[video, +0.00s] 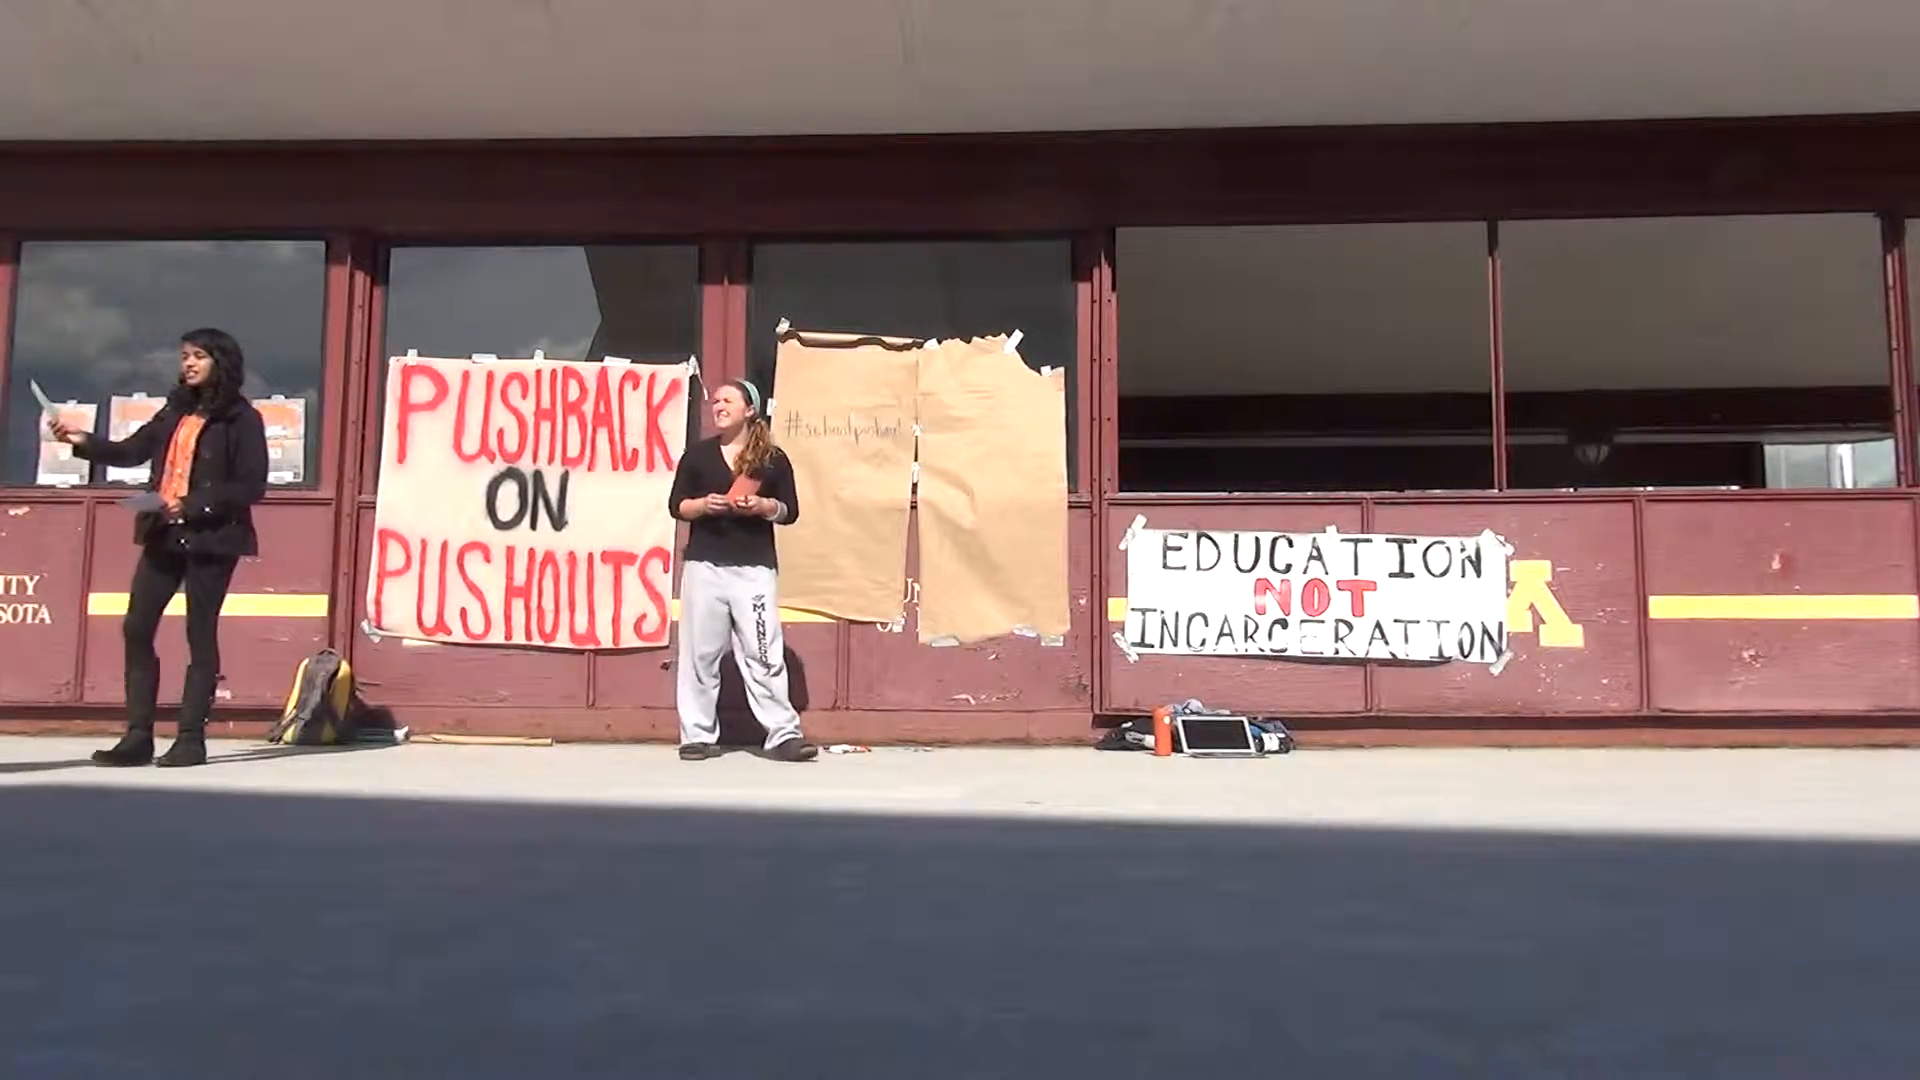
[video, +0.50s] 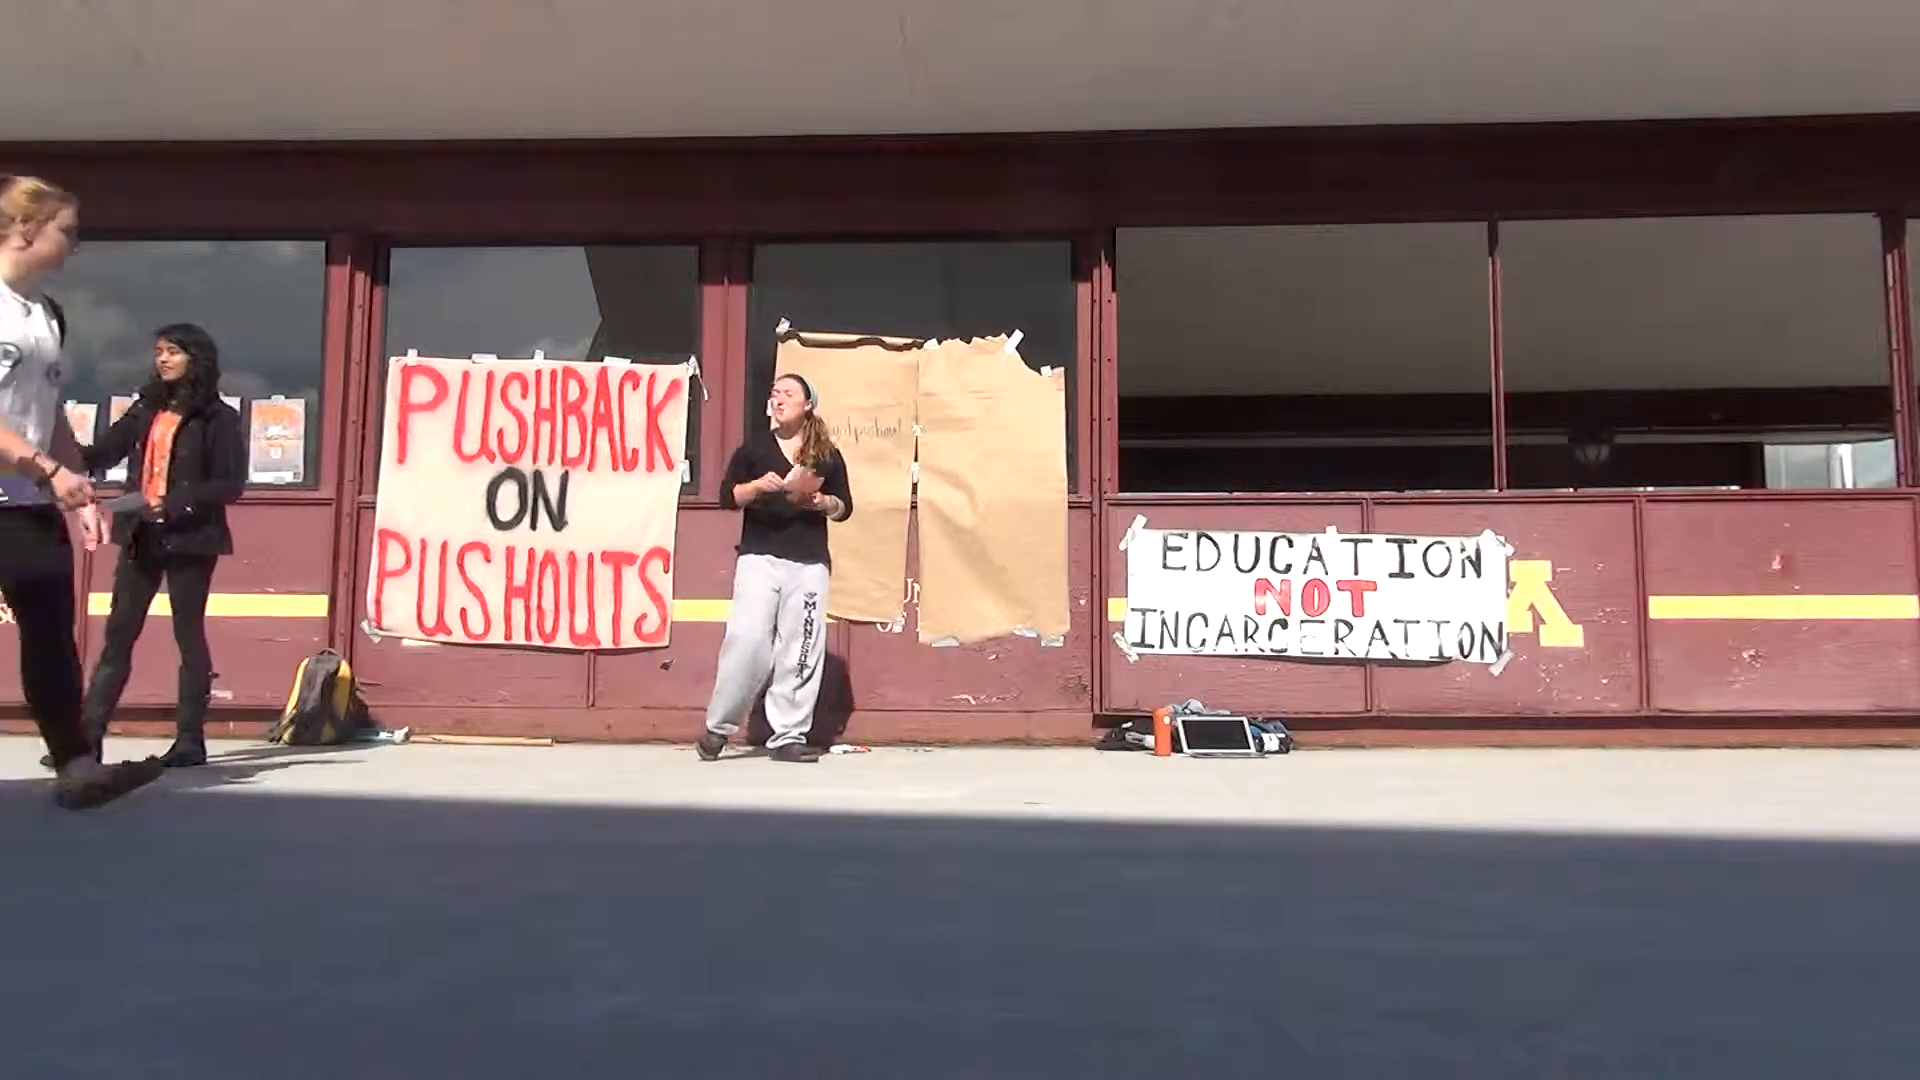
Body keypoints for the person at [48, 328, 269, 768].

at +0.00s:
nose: (186, 364)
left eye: (196, 357)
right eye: (184, 358)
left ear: (220, 363)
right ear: (183, 365)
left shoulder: (243, 418)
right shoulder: (176, 411)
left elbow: (252, 487)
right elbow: (132, 452)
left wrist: (191, 505)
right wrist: (78, 442)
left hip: (214, 541)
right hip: (167, 536)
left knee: (200, 632)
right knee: (137, 627)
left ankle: (191, 739)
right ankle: (139, 736)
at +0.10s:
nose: (184, 363)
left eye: (193, 356)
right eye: (180, 357)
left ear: (217, 361)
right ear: (178, 363)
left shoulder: (240, 416)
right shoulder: (172, 411)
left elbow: (249, 486)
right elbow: (130, 451)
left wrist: (191, 506)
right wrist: (78, 442)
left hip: (213, 540)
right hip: (166, 534)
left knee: (199, 634)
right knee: (130, 627)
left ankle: (191, 741)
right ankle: (101, 737)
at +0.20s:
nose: (181, 363)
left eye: (191, 355)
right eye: (178, 356)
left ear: (214, 360)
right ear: (175, 362)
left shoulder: (235, 414)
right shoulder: (170, 410)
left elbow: (248, 484)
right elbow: (126, 452)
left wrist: (193, 505)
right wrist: (75, 441)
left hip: (210, 539)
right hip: (162, 534)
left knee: (198, 634)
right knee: (122, 628)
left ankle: (190, 741)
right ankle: (77, 733)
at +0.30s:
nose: (178, 362)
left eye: (188, 354)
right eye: (174, 355)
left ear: (210, 359)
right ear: (169, 361)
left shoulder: (232, 415)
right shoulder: (164, 410)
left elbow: (243, 484)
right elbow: (122, 451)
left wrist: (191, 508)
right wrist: (72, 441)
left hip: (206, 539)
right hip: (158, 533)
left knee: (196, 636)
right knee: (117, 625)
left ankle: (191, 742)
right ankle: (76, 732)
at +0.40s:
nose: (172, 361)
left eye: (182, 354)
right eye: (168, 354)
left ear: (205, 360)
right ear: (163, 360)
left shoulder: (227, 415)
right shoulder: (157, 410)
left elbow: (238, 484)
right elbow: (116, 450)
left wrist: (182, 504)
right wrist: (69, 447)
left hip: (200, 539)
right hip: (151, 533)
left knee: (193, 633)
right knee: (117, 627)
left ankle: (191, 740)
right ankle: (90, 738)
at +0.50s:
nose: (162, 359)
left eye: (172, 352)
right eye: (159, 352)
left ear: (197, 358)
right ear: (156, 359)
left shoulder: (220, 418)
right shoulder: (148, 408)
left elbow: (231, 484)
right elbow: (104, 453)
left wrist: (174, 503)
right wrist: (60, 459)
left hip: (192, 542)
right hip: (143, 538)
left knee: (189, 634)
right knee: (119, 632)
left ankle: (190, 740)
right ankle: (87, 740)